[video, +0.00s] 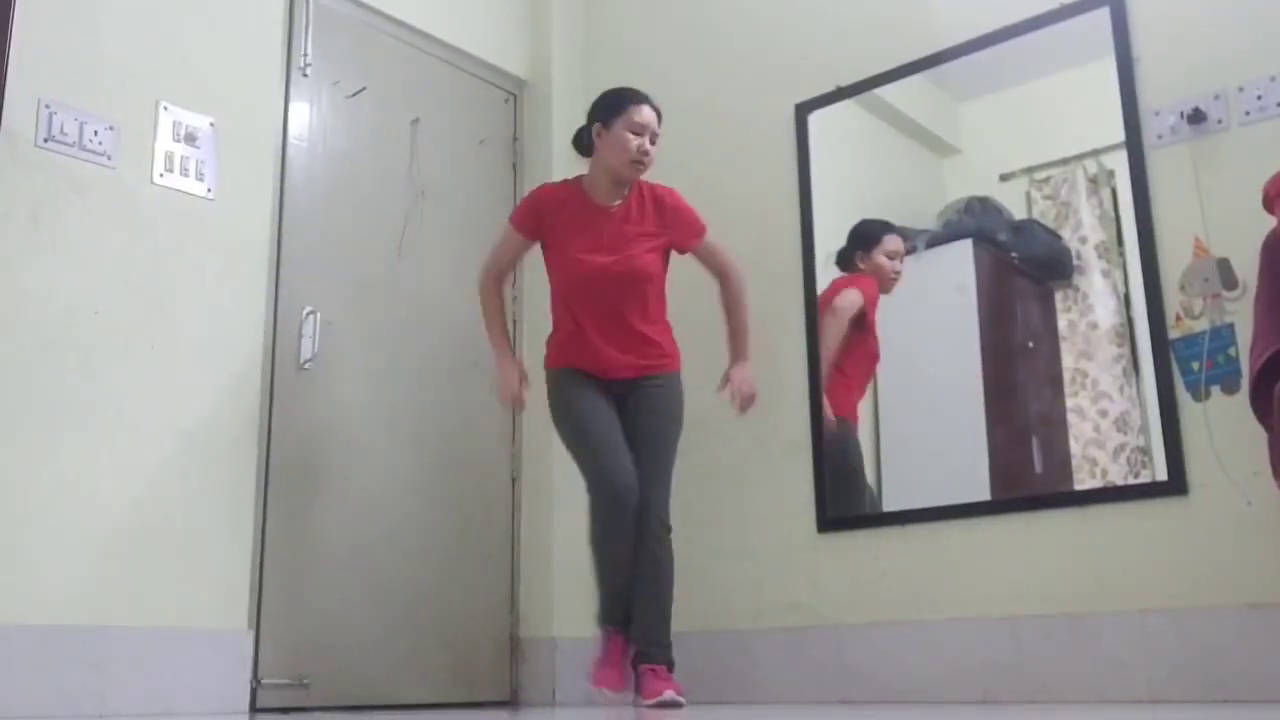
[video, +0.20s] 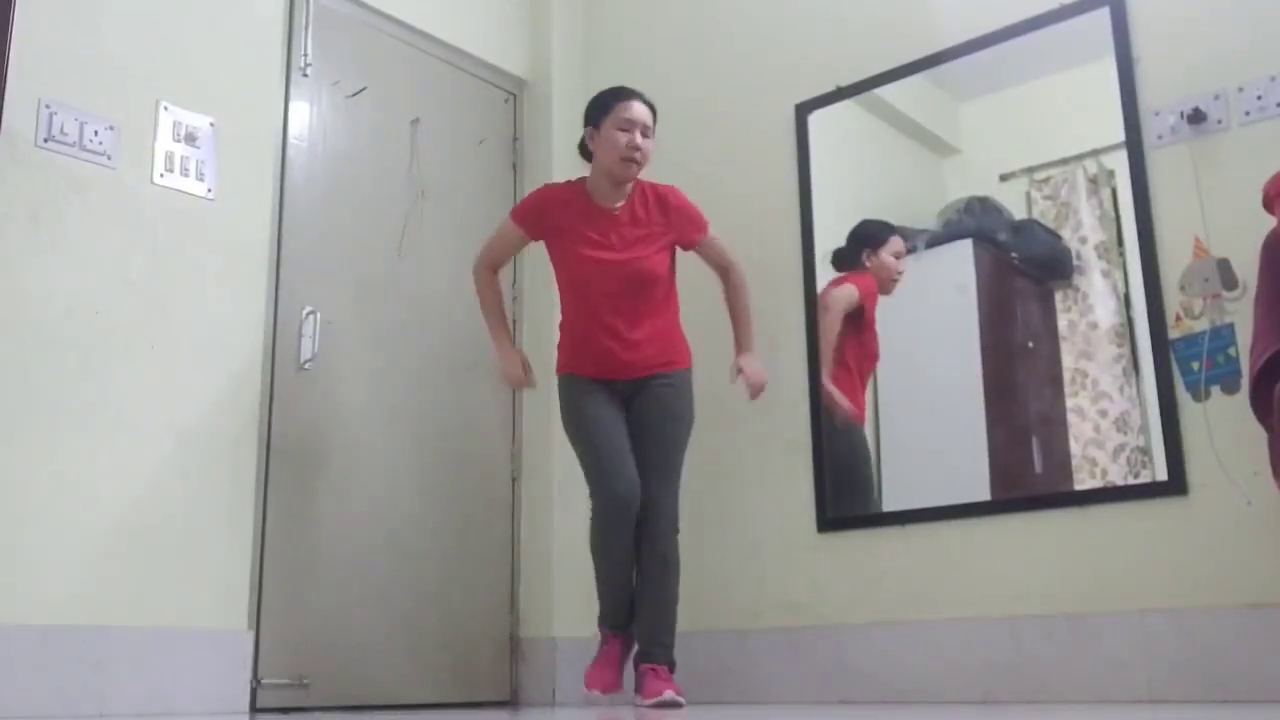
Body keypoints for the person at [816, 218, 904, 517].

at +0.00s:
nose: (899, 267)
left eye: (901, 259)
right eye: (890, 257)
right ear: (860, 259)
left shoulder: (836, 288)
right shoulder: (864, 283)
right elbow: (840, 307)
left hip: (828, 420)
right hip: (836, 422)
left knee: (864, 512)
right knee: (856, 517)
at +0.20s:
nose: (901, 268)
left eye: (902, 258)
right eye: (895, 256)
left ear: (869, 259)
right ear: (869, 257)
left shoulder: (838, 286)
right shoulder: (863, 282)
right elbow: (831, 301)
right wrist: (826, 380)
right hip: (841, 418)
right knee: (860, 513)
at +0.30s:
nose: (899, 269)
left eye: (899, 259)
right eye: (895, 257)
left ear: (871, 259)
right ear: (872, 259)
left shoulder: (830, 291)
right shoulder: (859, 288)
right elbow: (840, 343)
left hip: (821, 423)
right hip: (840, 426)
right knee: (862, 526)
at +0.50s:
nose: (889, 267)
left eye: (888, 257)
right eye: (886, 256)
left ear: (840, 258)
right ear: (867, 257)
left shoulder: (824, 291)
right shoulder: (857, 291)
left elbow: (853, 385)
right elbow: (881, 373)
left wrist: (911, 375)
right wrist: (924, 367)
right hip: (829, 422)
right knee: (860, 517)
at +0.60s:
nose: (885, 267)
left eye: (884, 257)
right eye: (882, 256)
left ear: (838, 258)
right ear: (864, 257)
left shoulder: (821, 291)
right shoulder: (854, 291)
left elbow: (850, 377)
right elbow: (890, 367)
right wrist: (926, 339)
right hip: (823, 426)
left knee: (830, 523)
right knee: (843, 523)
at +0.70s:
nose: (877, 274)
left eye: (877, 265)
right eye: (875, 264)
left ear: (829, 267)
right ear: (857, 267)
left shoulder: (818, 299)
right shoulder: (844, 300)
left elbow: (851, 384)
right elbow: (882, 376)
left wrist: (914, 360)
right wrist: (926, 350)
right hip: (815, 436)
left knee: (830, 523)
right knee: (836, 524)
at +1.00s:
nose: (859, 302)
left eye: (859, 293)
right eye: (857, 292)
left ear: (840, 291)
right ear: (841, 290)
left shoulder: (816, 328)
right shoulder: (818, 331)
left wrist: (823, 497)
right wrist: (824, 499)